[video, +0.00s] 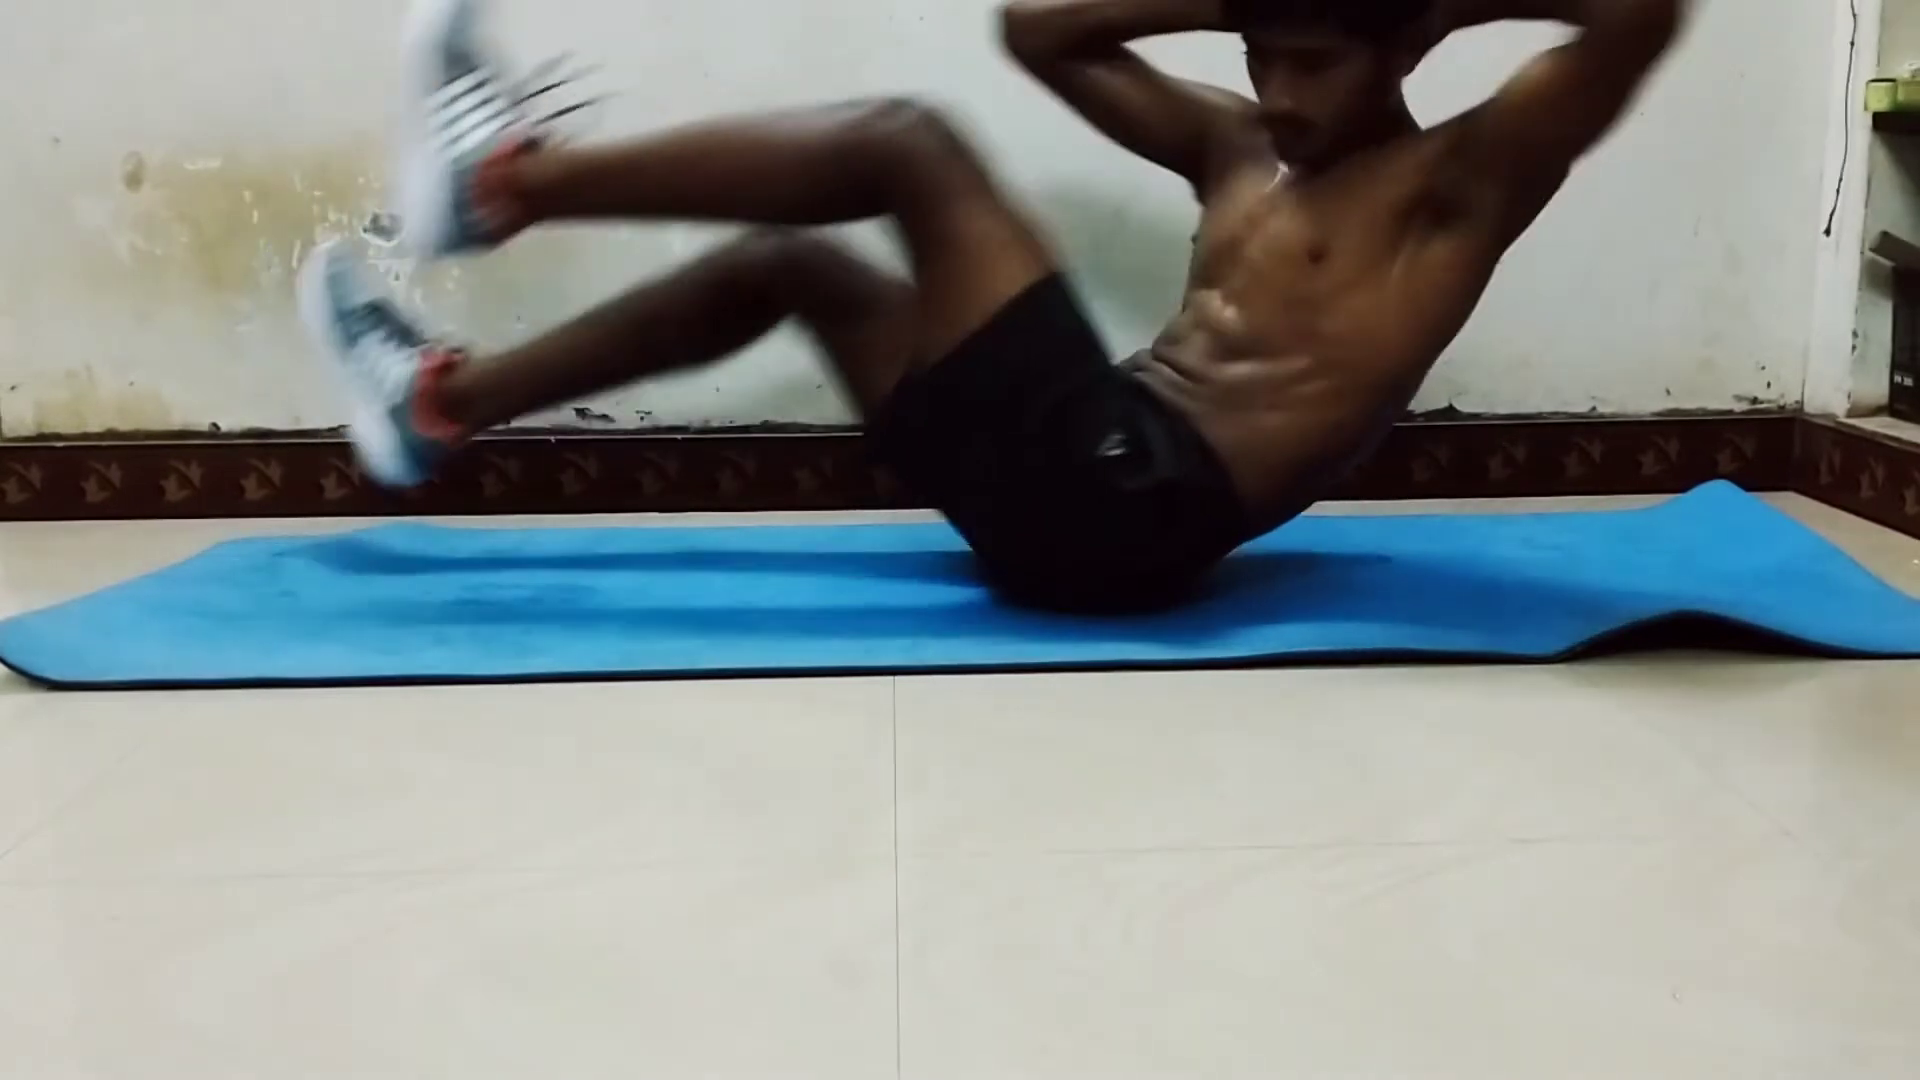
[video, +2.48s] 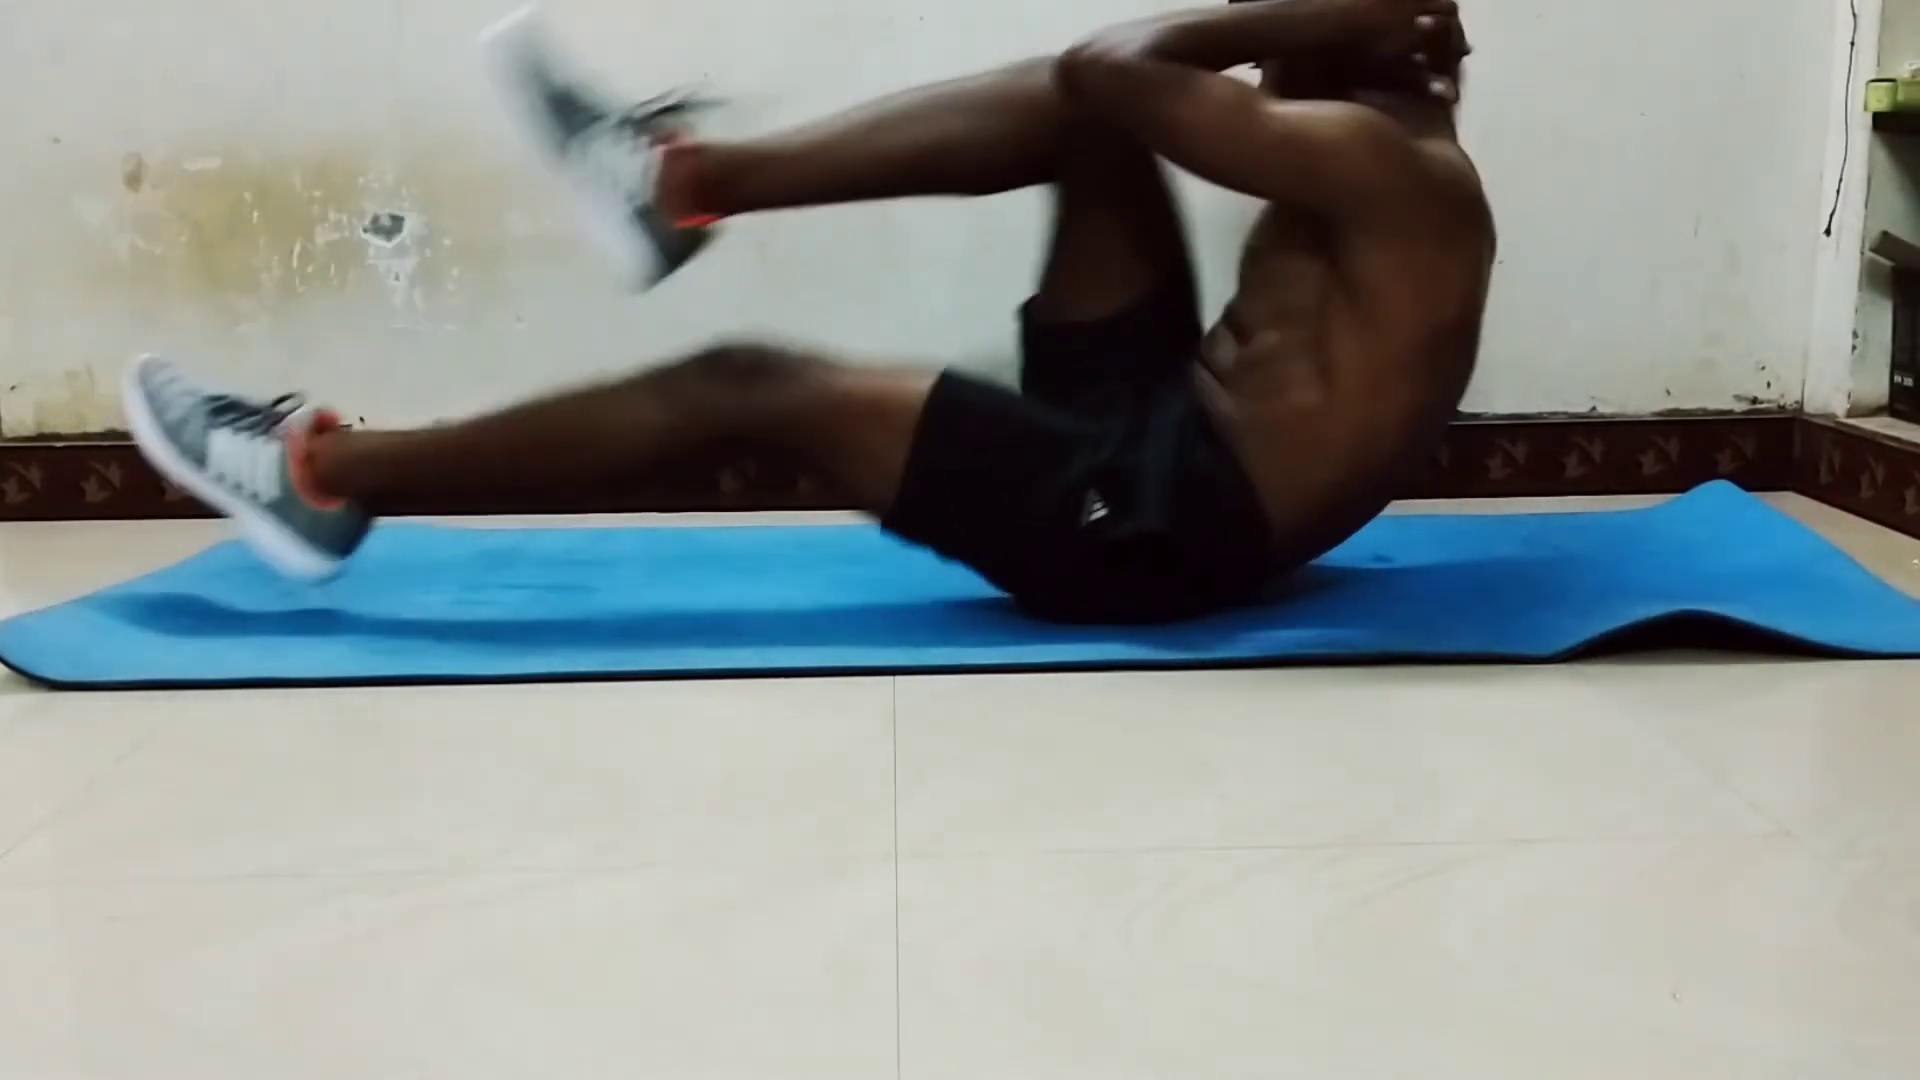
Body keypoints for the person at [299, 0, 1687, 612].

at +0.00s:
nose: (1273, 87)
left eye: (1309, 63)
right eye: (1263, 67)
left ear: (1394, 61)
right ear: (1267, 72)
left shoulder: (1460, 181)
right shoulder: (1237, 151)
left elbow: (1643, 27)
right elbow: (1048, 37)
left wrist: (1461, 25)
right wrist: (1234, 29)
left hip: (1138, 509)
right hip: (1059, 476)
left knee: (917, 142)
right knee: (795, 266)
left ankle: (496, 187)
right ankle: (442, 410)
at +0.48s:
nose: (1228, 49)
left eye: (1252, 30)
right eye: (1250, 28)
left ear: (1340, 48)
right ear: (1365, 52)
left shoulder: (1339, 139)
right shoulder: (1353, 144)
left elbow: (1077, 35)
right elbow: (1125, 56)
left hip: (1115, 512)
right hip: (1122, 429)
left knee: (723, 385)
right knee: (1088, 127)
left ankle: (270, 355)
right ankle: (712, 166)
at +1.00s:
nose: (1246, 88)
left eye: (1269, 55)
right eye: (1247, 56)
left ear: (1387, 45)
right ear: (1394, 51)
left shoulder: (1416, 190)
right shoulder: (1372, 179)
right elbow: (1298, 152)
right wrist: (1263, 131)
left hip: (1154, 513)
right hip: (1143, 459)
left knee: (847, 210)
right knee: (853, 192)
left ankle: (427, 306)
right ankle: (471, 169)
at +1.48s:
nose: (1299, 85)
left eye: (1334, 61)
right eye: (1289, 61)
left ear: (1417, 65)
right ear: (1276, 65)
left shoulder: (1469, 189)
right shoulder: (1239, 140)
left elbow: (1690, 41)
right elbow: (1063, 46)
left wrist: (1508, 18)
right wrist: (1227, 31)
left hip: (1172, 506)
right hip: (1074, 444)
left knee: (1147, 104)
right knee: (742, 379)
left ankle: (764, 96)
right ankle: (379, 393)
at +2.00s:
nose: (1252, 110)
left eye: (1278, 77)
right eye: (1250, 88)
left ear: (1402, 68)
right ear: (1359, 80)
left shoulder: (1441, 220)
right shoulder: (1355, 194)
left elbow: (1368, 152)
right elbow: (1281, 125)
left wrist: (1242, 65)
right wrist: (1241, 70)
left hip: (1159, 514)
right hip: (1127, 438)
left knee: (807, 247)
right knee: (934, 135)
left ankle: (370, 276)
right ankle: (592, 282)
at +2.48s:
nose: (1257, 63)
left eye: (1276, 40)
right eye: (1268, 40)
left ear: (1385, 45)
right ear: (1406, 52)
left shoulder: (1388, 162)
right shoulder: (1385, 158)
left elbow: (1094, 91)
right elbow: (1113, 82)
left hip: (1146, 520)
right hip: (1151, 429)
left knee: (752, 388)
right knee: (1092, 116)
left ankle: (328, 472)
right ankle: (697, 184)